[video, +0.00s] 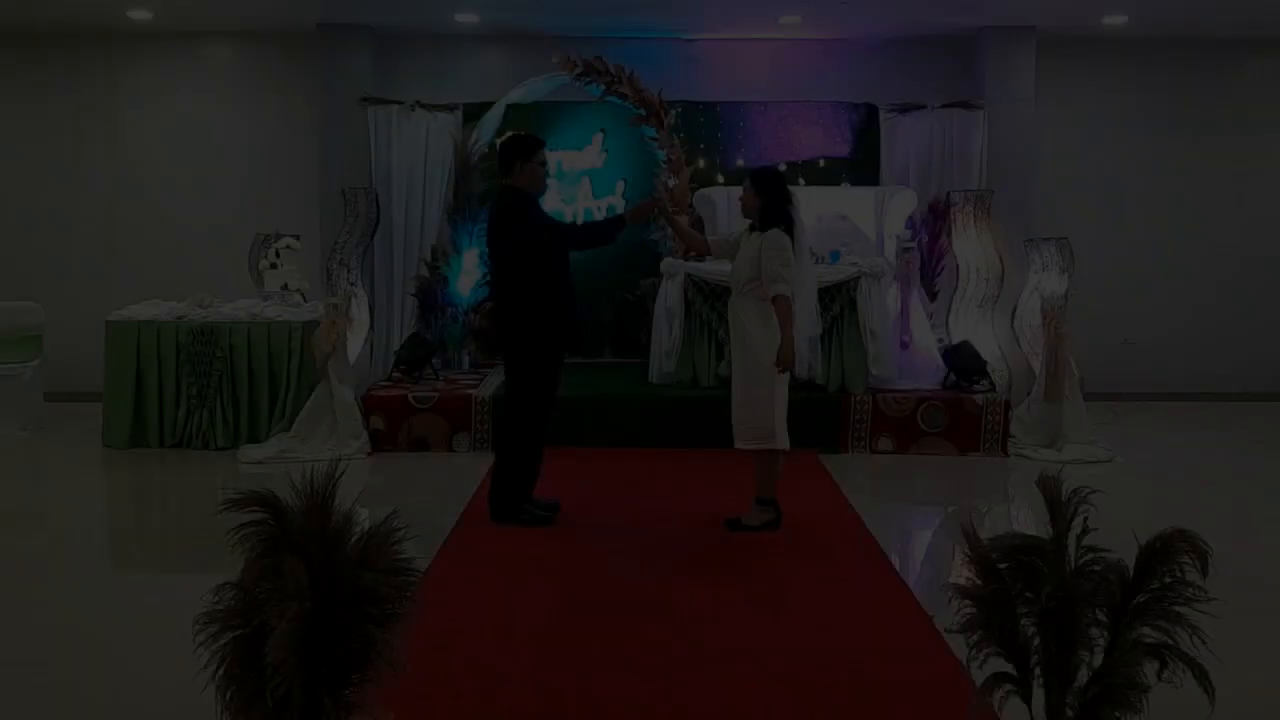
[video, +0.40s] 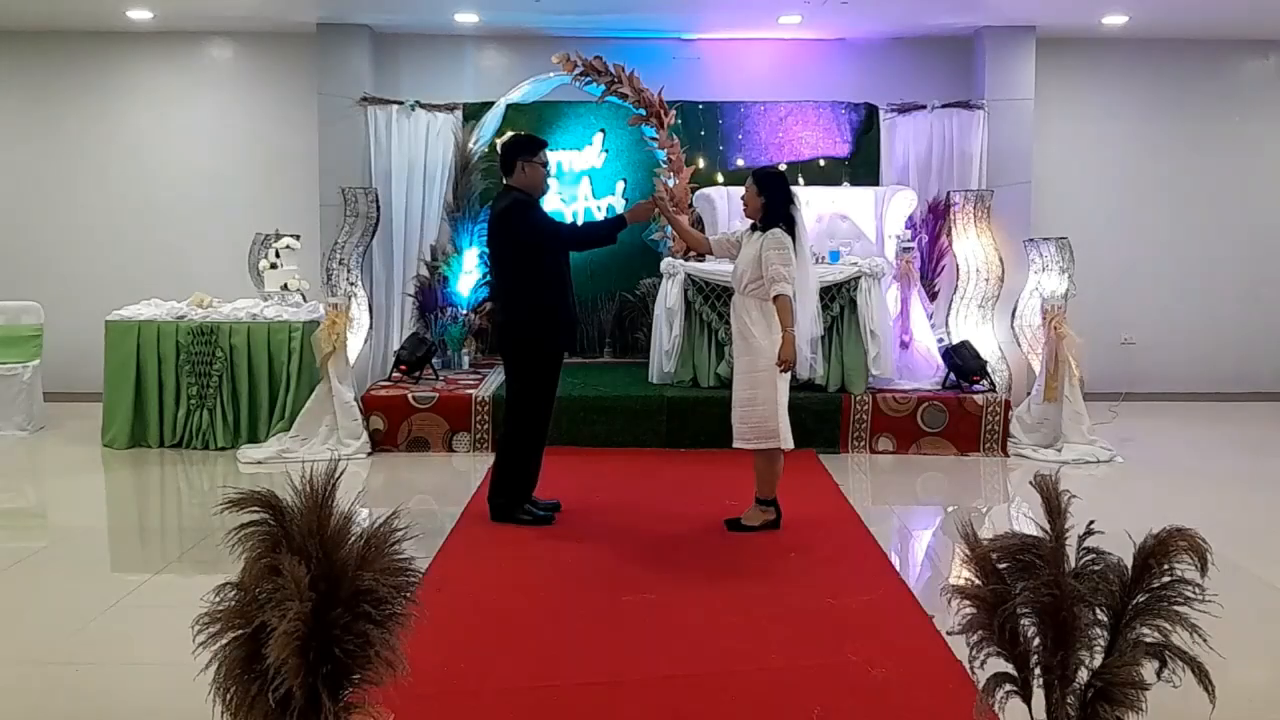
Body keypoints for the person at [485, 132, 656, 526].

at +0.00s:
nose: (546, 173)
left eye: (545, 166)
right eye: (540, 166)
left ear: (519, 170)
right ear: (520, 170)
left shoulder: (517, 209)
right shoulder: (515, 210)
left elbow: (566, 237)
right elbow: (566, 238)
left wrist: (621, 221)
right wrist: (624, 220)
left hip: (531, 325)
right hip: (530, 327)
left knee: (530, 412)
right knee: (526, 413)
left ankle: (519, 496)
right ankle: (510, 502)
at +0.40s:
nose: (548, 174)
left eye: (547, 167)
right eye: (543, 167)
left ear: (521, 169)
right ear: (521, 169)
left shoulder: (519, 209)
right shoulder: (516, 210)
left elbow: (569, 237)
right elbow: (568, 238)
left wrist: (624, 220)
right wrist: (626, 218)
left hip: (534, 328)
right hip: (530, 330)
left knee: (531, 416)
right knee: (525, 417)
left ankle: (519, 494)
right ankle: (506, 503)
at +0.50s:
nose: (551, 176)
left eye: (550, 169)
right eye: (546, 169)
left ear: (523, 171)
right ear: (524, 170)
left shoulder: (517, 209)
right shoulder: (518, 211)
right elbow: (568, 241)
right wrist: (626, 222)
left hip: (534, 329)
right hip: (533, 331)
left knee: (532, 416)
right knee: (529, 417)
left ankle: (519, 494)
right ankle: (507, 503)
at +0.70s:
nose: (567, 186)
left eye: (568, 179)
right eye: (564, 178)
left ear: (540, 175)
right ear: (546, 175)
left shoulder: (523, 209)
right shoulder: (531, 212)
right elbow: (574, 254)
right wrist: (630, 239)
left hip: (539, 330)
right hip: (538, 333)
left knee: (570, 401)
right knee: (541, 410)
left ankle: (542, 482)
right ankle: (507, 501)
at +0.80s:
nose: (581, 190)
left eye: (582, 183)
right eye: (579, 182)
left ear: (553, 177)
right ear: (563, 177)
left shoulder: (525, 211)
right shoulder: (545, 213)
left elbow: (500, 273)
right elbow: (582, 261)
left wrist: (492, 322)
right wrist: (634, 252)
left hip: (538, 332)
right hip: (547, 335)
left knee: (582, 399)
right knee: (536, 414)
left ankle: (578, 485)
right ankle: (508, 502)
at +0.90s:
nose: (594, 198)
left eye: (596, 191)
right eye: (594, 190)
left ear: (565, 181)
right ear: (579, 182)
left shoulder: (529, 216)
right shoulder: (565, 216)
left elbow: (504, 271)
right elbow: (585, 269)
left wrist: (488, 320)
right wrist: (634, 277)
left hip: (539, 332)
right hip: (557, 335)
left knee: (582, 404)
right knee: (537, 417)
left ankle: (606, 479)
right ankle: (508, 502)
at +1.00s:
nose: (611, 202)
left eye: (613, 195)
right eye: (610, 193)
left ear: (581, 185)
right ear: (594, 186)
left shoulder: (544, 219)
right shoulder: (583, 220)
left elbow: (515, 269)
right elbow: (593, 276)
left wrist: (489, 312)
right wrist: (630, 307)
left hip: (550, 334)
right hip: (569, 337)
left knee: (587, 411)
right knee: (541, 418)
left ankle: (620, 478)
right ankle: (508, 503)